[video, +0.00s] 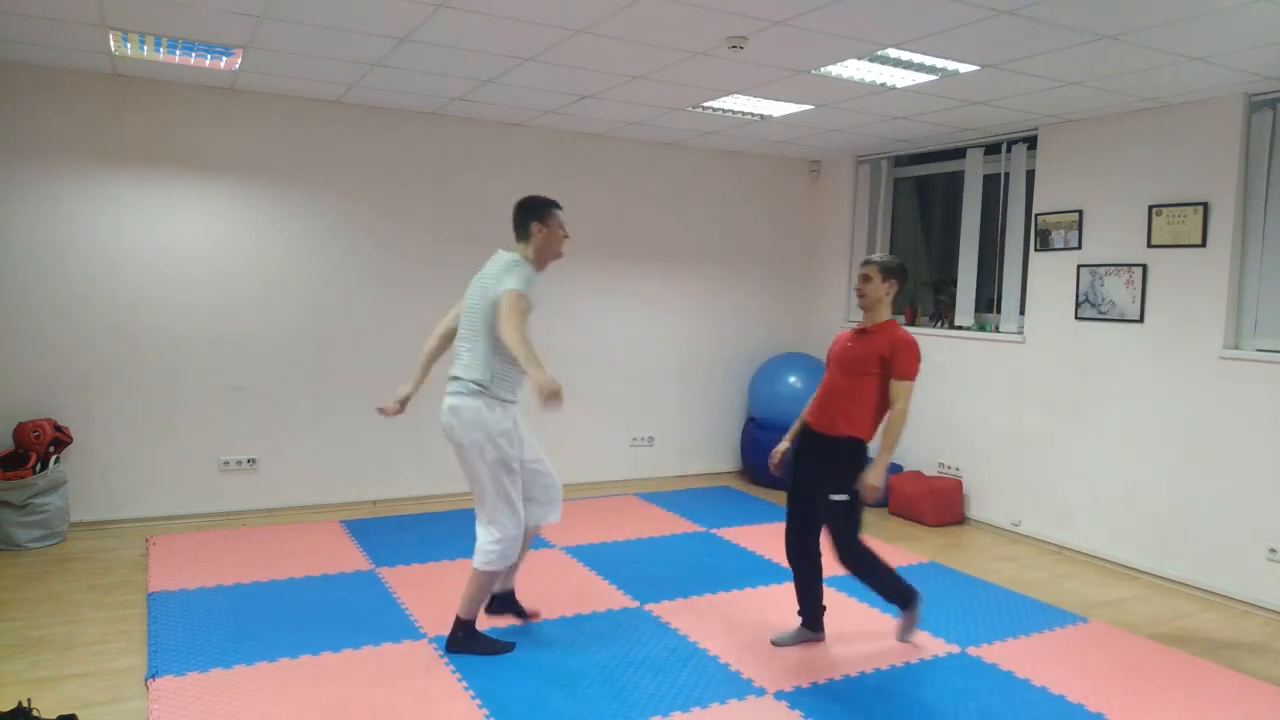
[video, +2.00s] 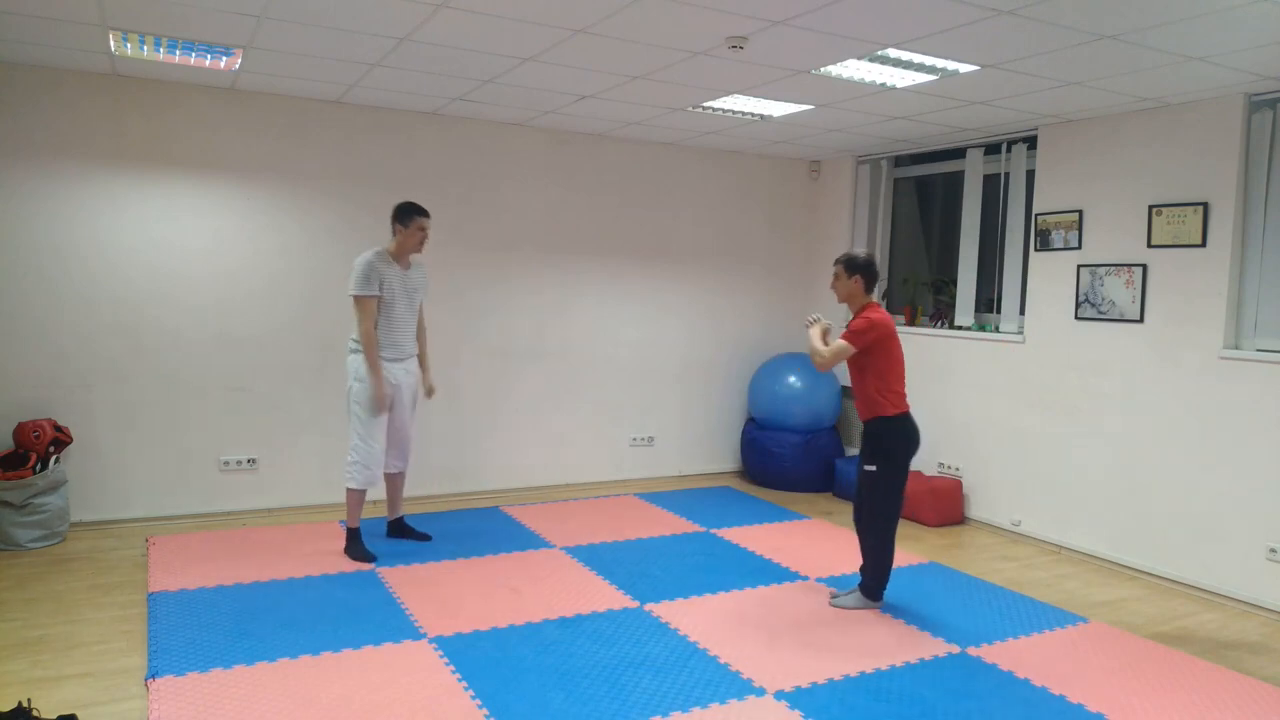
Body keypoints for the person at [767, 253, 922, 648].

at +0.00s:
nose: (857, 286)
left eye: (866, 280)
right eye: (857, 280)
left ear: (890, 287)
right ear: (862, 286)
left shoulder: (900, 342)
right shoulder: (847, 336)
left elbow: (899, 409)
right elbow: (823, 394)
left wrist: (880, 466)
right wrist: (789, 438)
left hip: (845, 452)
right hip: (809, 444)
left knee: (847, 548)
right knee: (799, 542)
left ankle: (908, 600)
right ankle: (811, 625)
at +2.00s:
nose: (832, 285)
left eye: (837, 278)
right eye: (832, 278)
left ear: (857, 281)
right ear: (857, 282)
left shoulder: (872, 320)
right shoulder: (864, 318)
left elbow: (823, 360)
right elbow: (827, 358)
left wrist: (815, 333)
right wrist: (821, 336)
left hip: (890, 430)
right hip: (882, 429)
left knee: (875, 514)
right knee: (868, 512)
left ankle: (872, 593)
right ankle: (869, 586)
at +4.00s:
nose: (1044, 309)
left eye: (1055, 300)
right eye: (1036, 296)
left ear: (1063, 299)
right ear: (1011, 288)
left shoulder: (1065, 350)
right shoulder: (971, 337)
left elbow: (1088, 425)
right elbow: (926, 406)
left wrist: (1055, 468)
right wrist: (970, 465)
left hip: (1036, 511)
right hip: (975, 506)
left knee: (1054, 638)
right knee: (950, 611)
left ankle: (1058, 717)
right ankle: (921, 693)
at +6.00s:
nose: (862, 366)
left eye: (878, 331)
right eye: (843, 339)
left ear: (953, 281)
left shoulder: (1102, 412)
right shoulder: (869, 412)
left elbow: (1211, 582)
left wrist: (1267, 709)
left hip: (1034, 712)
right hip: (889, 708)